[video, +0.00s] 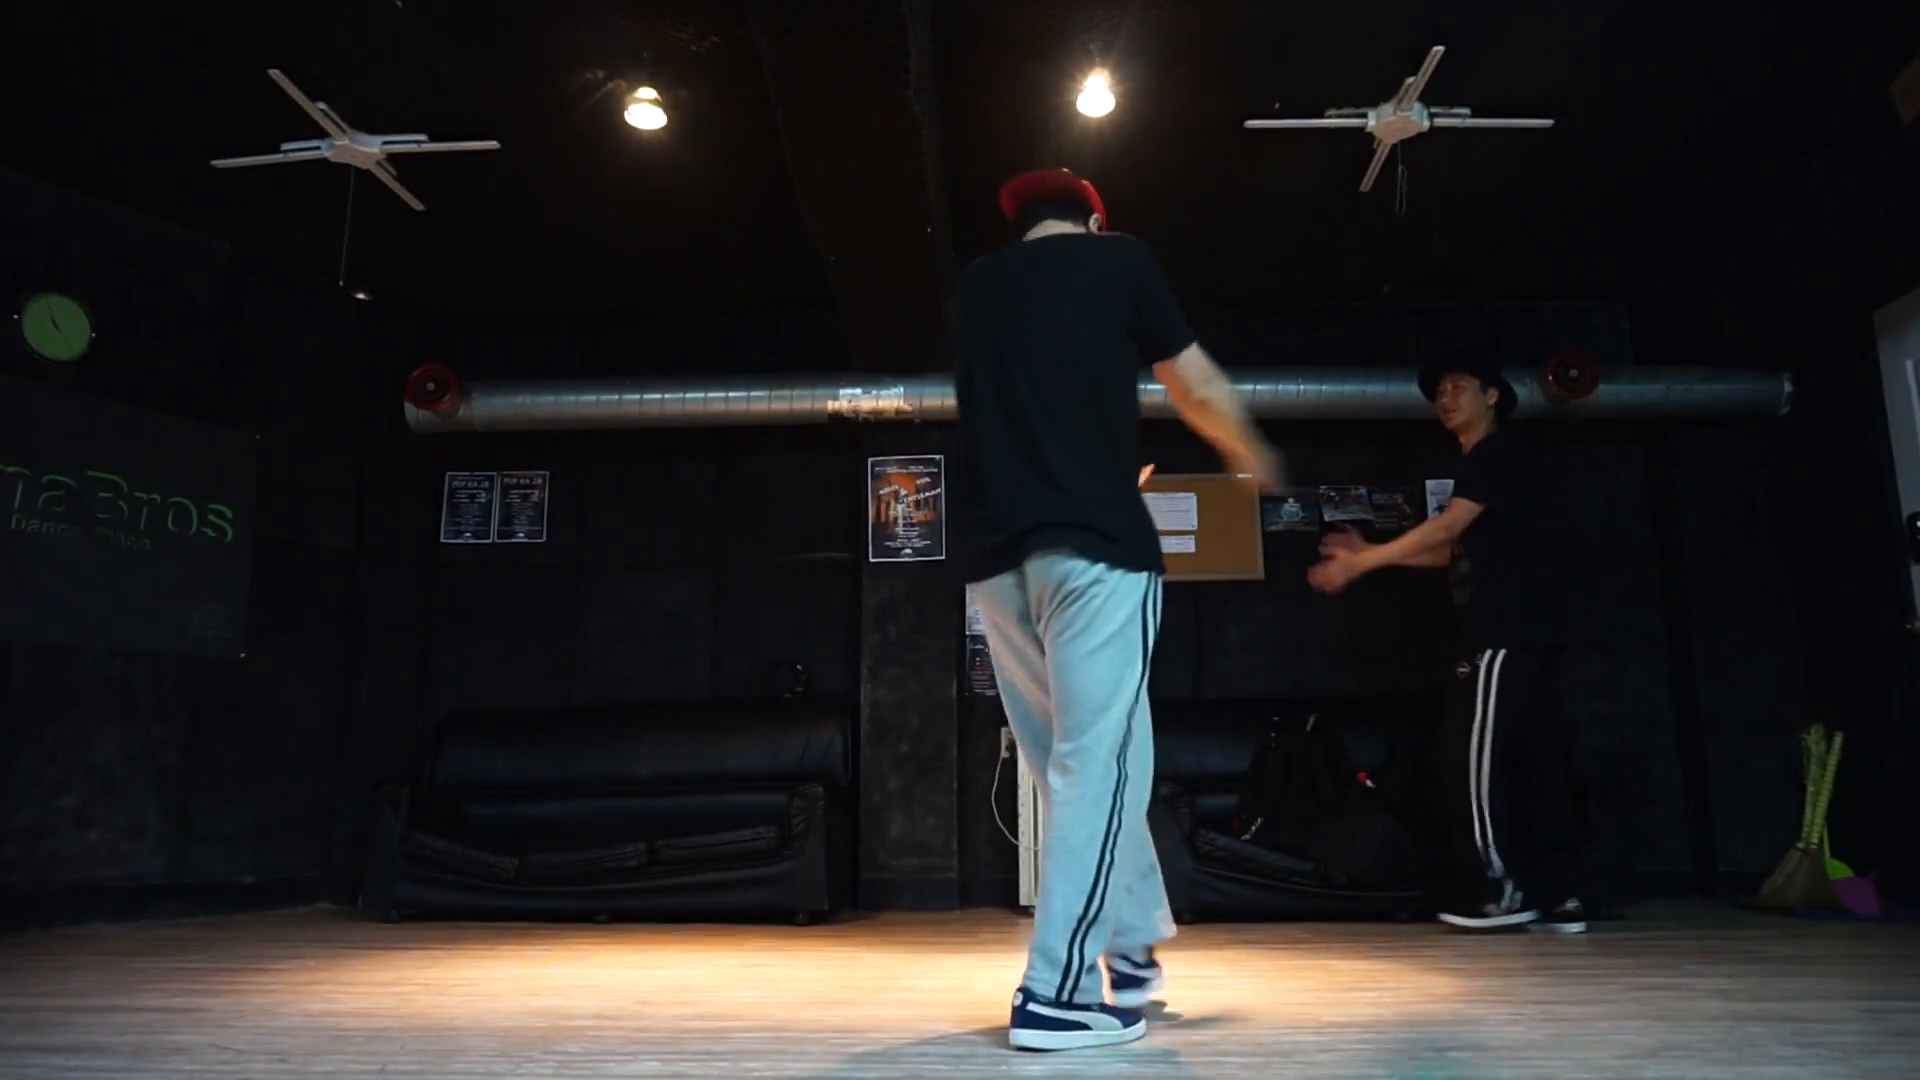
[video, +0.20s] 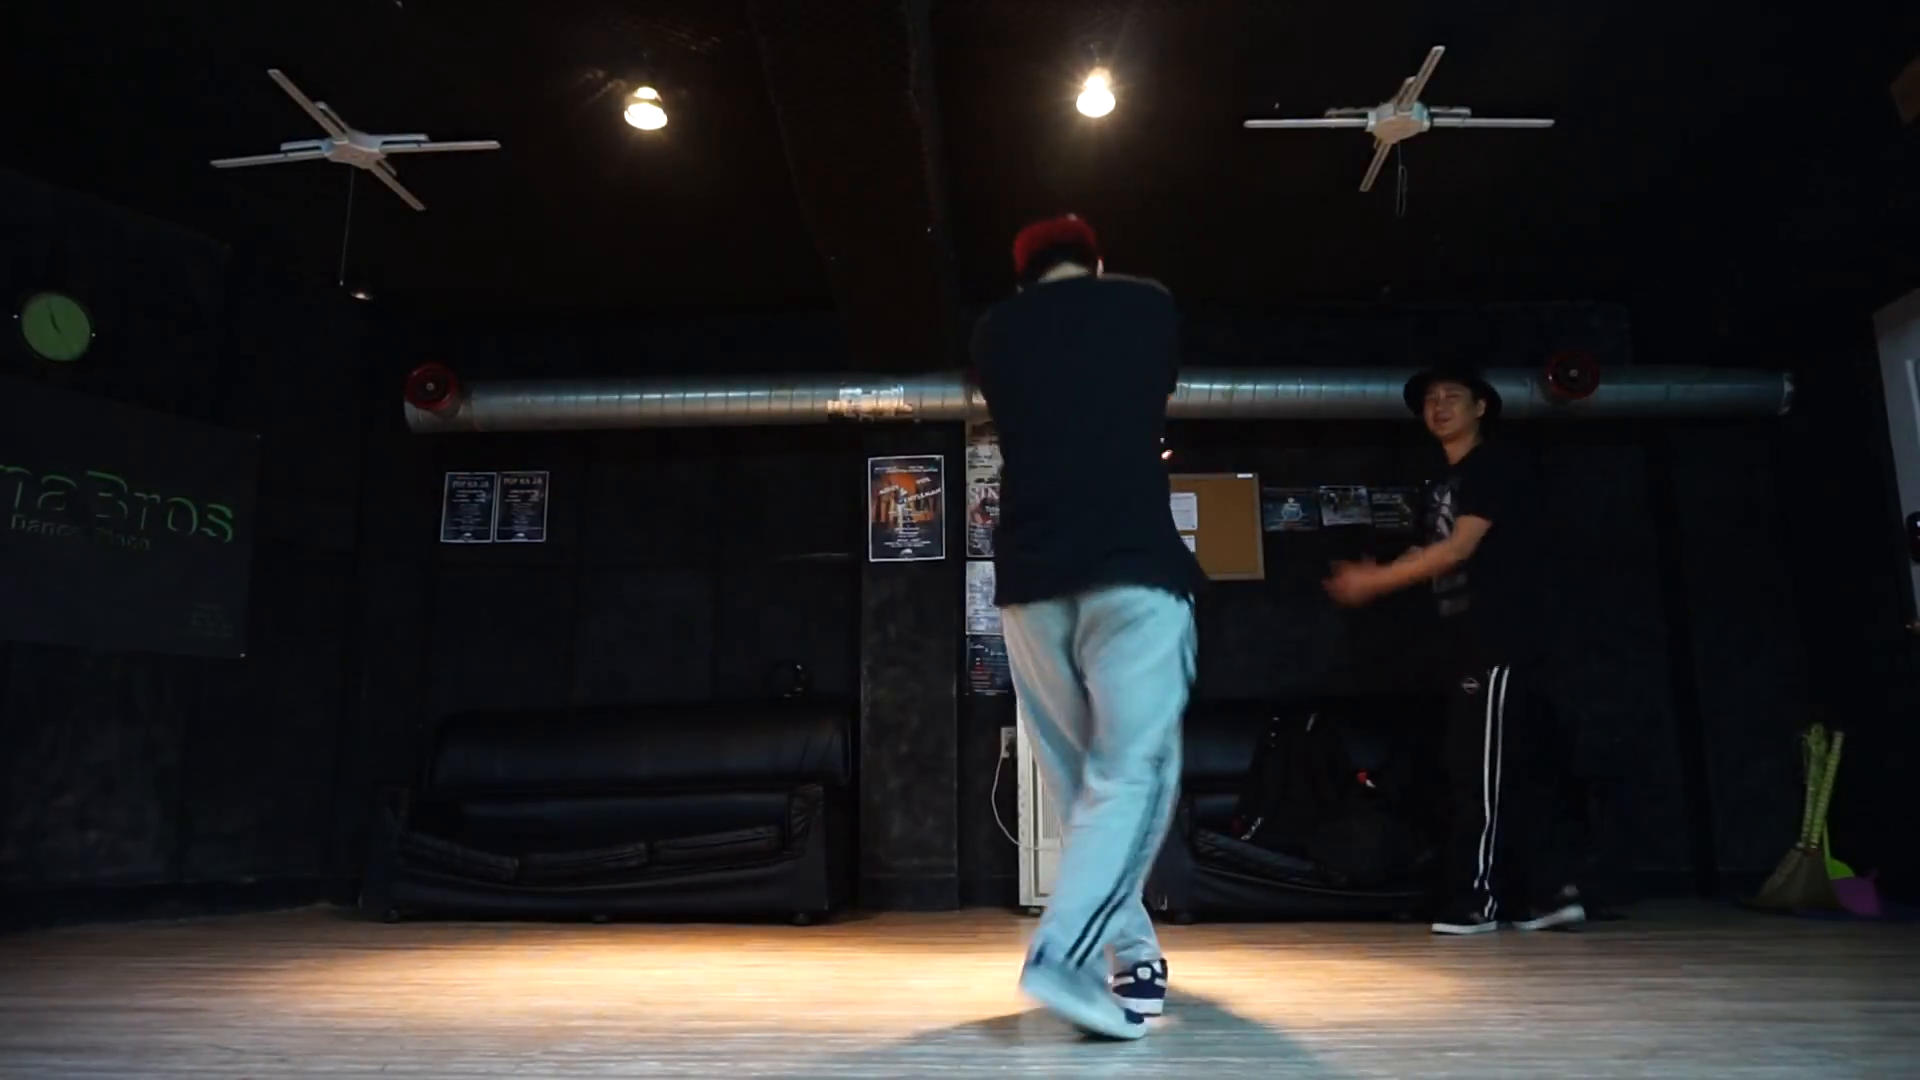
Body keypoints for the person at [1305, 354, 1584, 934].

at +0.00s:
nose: (1446, 402)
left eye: (1459, 391)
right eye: (1441, 395)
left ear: (1492, 398)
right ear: (1441, 406)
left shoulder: (1496, 453)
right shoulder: (1493, 459)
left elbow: (1445, 527)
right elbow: (1451, 550)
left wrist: (1358, 563)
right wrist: (1370, 552)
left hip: (1504, 629)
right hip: (1516, 625)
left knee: (1478, 760)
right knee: (1530, 759)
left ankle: (1498, 895)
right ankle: (1559, 894)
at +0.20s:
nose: (1439, 409)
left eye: (1451, 399)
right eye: (1431, 403)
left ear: (1480, 408)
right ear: (1424, 417)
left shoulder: (1495, 466)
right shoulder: (1442, 480)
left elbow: (1458, 549)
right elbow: (1431, 551)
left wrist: (1378, 580)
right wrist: (1376, 574)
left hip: (1499, 640)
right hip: (1468, 641)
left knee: (1483, 770)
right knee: (1513, 767)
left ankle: (1477, 901)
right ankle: (1551, 890)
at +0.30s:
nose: (1439, 406)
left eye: (1451, 397)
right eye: (1430, 399)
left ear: (1476, 407)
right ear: (1420, 414)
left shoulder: (1495, 466)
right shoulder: (1431, 483)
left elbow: (1476, 551)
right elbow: (1414, 551)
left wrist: (1441, 627)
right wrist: (1389, 600)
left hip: (1493, 635)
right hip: (1450, 633)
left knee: (1482, 766)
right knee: (1463, 763)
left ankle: (1479, 900)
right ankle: (1537, 867)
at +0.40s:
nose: (1439, 400)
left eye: (1451, 391)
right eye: (1429, 393)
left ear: (1473, 405)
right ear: (1415, 408)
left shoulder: (1493, 467)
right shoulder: (1420, 483)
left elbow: (1508, 554)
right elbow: (1405, 564)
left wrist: (1528, 632)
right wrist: (1391, 632)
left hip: (1481, 636)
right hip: (1426, 640)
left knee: (1479, 766)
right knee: (1429, 762)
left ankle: (1475, 900)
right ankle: (1512, 857)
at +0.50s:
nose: (1438, 393)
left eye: (1450, 385)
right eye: (1427, 385)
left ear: (1470, 401)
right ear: (1410, 402)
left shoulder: (1496, 463)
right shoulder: (1405, 480)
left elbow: (1548, 534)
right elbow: (1399, 564)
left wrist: (1595, 608)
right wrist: (1389, 639)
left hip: (1481, 639)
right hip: (1420, 644)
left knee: (1480, 770)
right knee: (1422, 764)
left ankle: (1478, 900)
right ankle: (1452, 883)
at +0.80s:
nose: (1425, 393)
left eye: (1435, 385)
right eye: (1413, 386)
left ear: (1450, 401)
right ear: (1391, 404)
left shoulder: (1483, 468)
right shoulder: (1372, 480)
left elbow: (1551, 522)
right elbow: (1338, 545)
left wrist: (1631, 574)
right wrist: (1305, 598)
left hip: (1477, 643)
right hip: (1403, 646)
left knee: (1488, 770)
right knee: (1405, 769)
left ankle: (1478, 903)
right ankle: (1398, 902)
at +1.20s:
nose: (1430, 387)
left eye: (1436, 380)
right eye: (1416, 379)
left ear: (1446, 398)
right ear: (1388, 396)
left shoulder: (1467, 464)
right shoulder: (1367, 467)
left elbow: (1517, 518)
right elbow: (1347, 528)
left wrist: (1578, 557)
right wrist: (1334, 514)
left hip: (1466, 636)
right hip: (1397, 639)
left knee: (1483, 758)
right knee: (1397, 766)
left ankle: (1464, 892)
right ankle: (1396, 901)